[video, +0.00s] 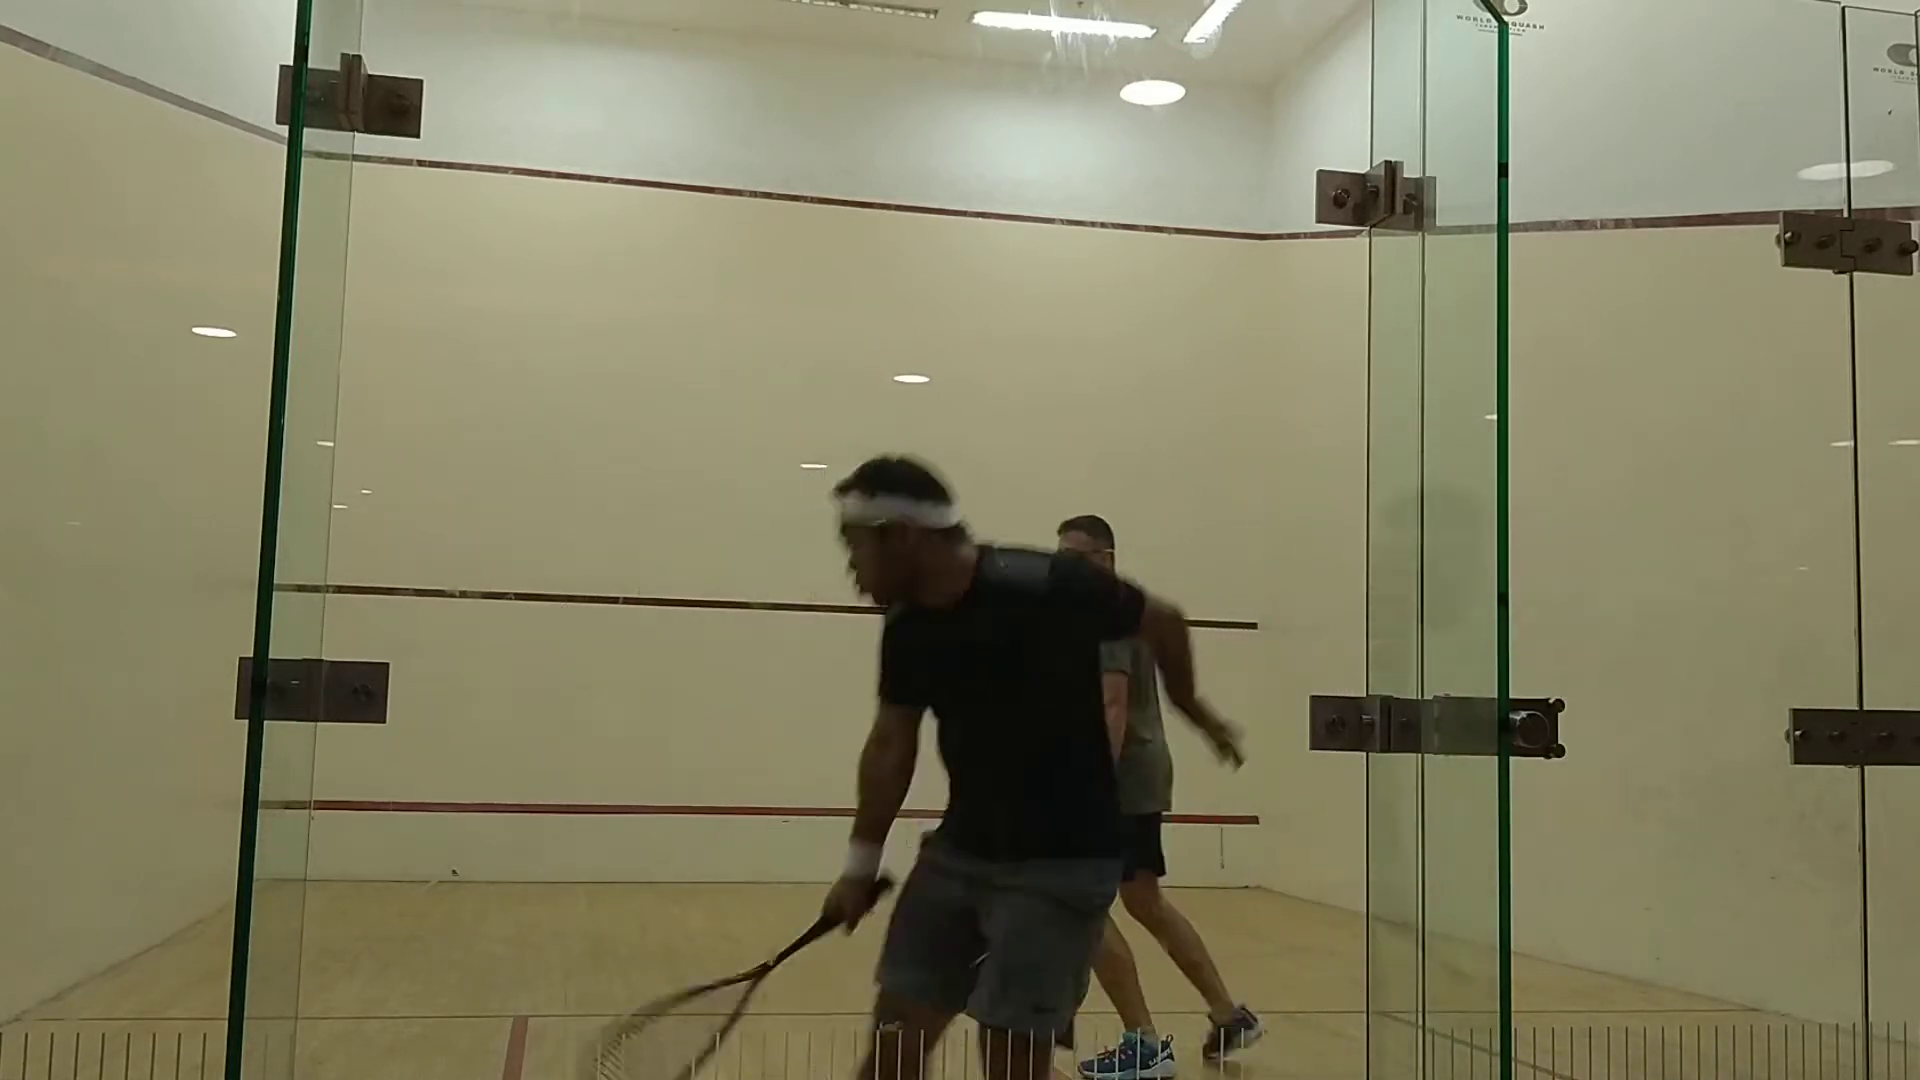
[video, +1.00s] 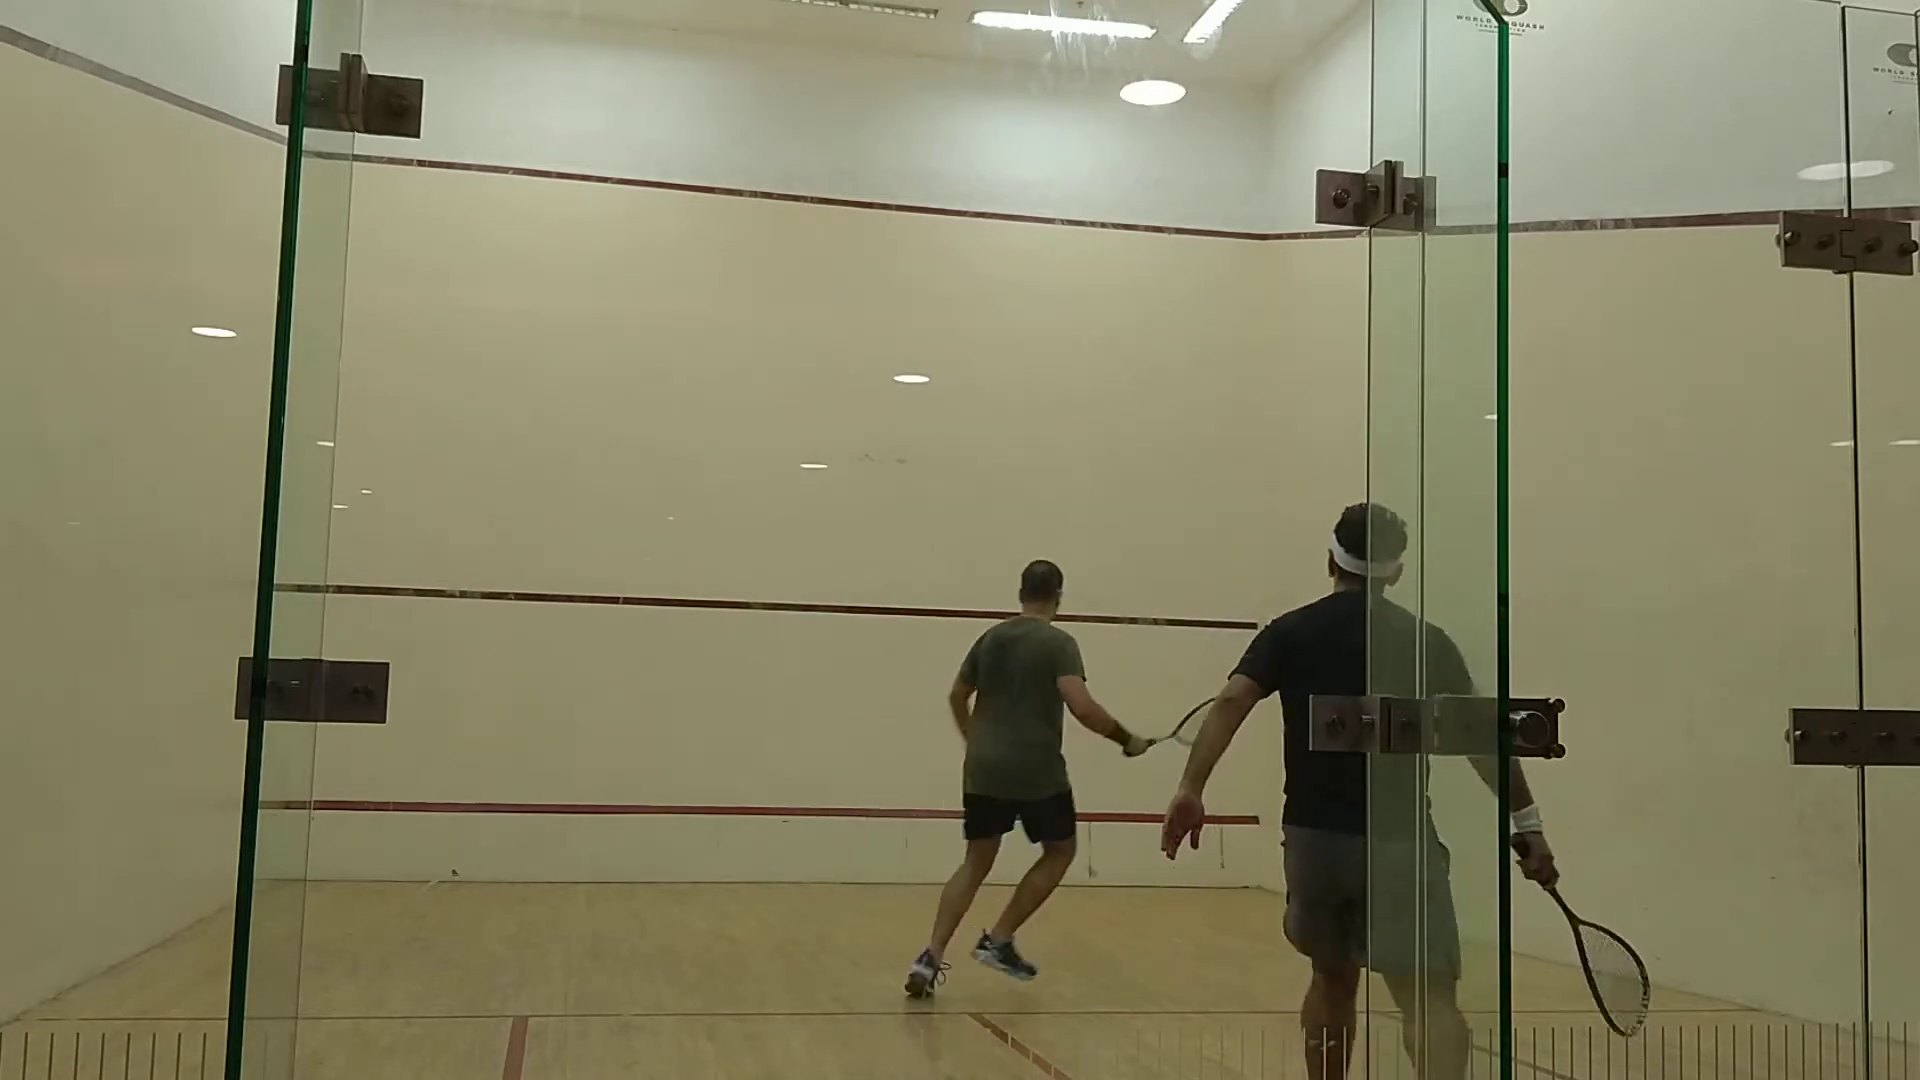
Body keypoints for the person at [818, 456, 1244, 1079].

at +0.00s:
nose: (851, 567)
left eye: (857, 546)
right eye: (848, 548)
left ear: (906, 535)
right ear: (904, 537)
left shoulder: (1054, 586)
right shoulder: (910, 624)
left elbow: (1163, 622)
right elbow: (891, 743)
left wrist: (1187, 702)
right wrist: (860, 863)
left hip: (1063, 858)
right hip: (965, 847)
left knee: (1012, 1048)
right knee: (898, 1028)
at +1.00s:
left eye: (1334, 554)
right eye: (1385, 560)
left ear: (1332, 561)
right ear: (1395, 566)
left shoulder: (1288, 634)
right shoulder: (1427, 643)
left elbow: (1231, 704)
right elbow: (1484, 741)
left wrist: (1189, 791)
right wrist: (1529, 828)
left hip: (1314, 848)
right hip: (1402, 854)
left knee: (1330, 978)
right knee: (1429, 997)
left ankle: (1325, 1076)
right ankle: (1445, 1077)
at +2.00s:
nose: (1221, 635)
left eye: (1224, 628)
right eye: (1225, 628)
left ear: (1234, 634)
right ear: (1284, 635)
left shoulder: (1220, 678)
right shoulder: (1320, 685)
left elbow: (1169, 742)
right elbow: (1389, 747)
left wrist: (1132, 818)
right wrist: (1358, 807)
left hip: (1283, 850)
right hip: (1350, 848)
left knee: (1181, 923)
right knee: (1303, 943)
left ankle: (1213, 1065)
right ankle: (1404, 1038)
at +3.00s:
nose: (1027, 587)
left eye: (1037, 580)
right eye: (1022, 579)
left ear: (1057, 586)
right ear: (1016, 584)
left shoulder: (1063, 634)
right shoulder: (1027, 637)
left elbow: (1072, 706)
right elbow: (1016, 709)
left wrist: (1054, 765)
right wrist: (993, 761)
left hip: (1039, 771)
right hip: (1019, 770)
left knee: (996, 856)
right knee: (1018, 865)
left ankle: (1065, 942)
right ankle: (1043, 969)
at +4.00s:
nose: (851, 579)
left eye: (862, 572)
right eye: (846, 571)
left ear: (882, 575)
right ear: (840, 573)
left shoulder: (898, 621)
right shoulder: (837, 624)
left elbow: (928, 681)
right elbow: (830, 691)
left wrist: (870, 681)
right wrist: (815, 756)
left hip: (886, 763)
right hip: (850, 762)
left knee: (865, 859)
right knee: (864, 860)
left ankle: (851, 970)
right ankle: (867, 966)